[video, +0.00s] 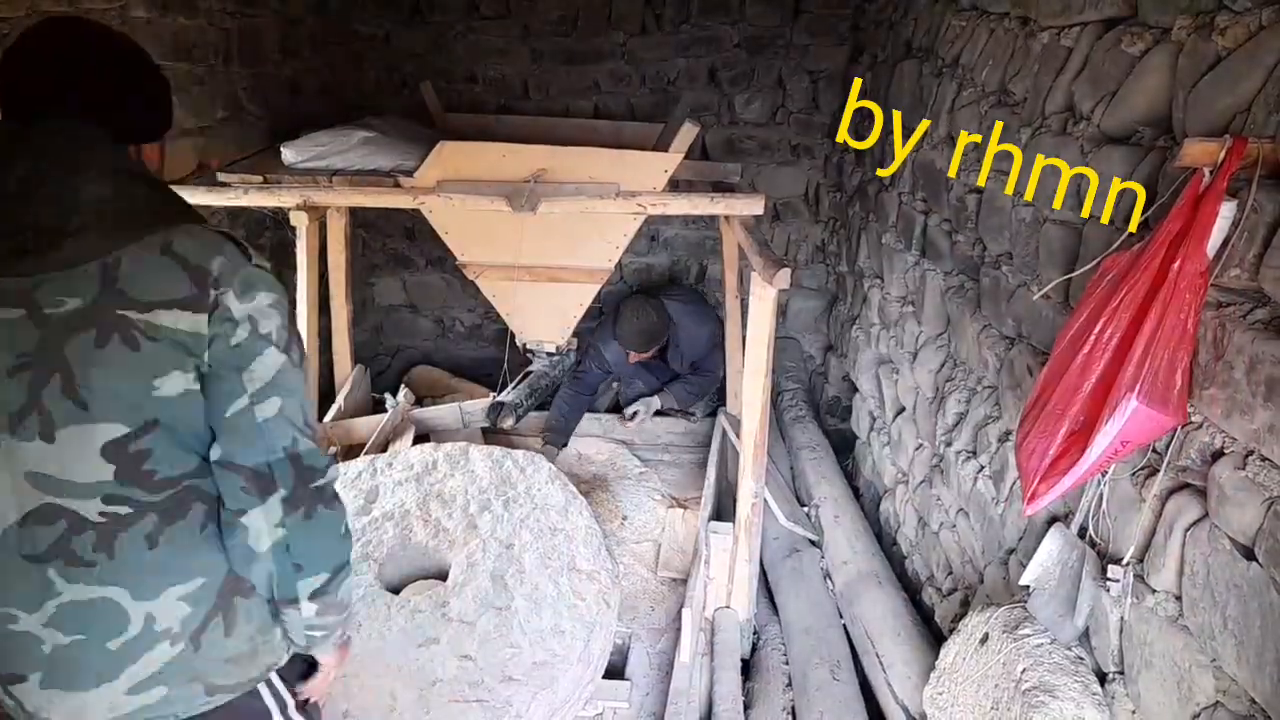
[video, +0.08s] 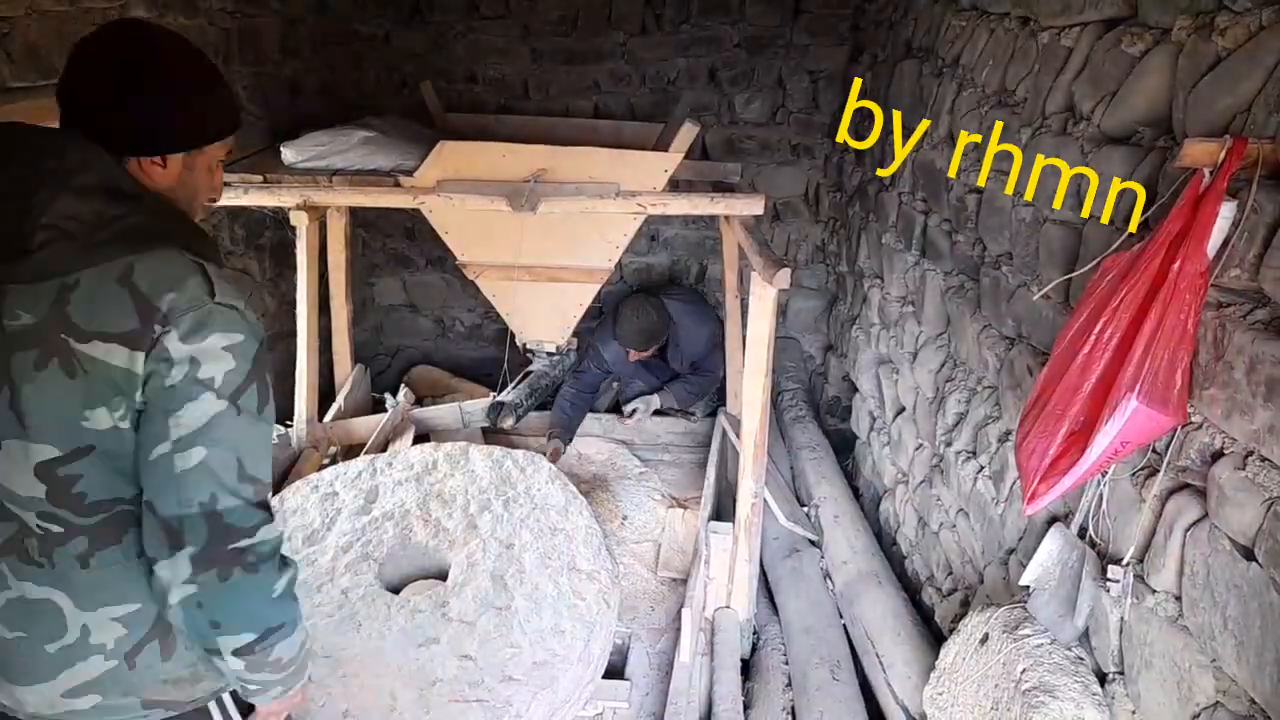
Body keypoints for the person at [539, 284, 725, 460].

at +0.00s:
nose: (631, 359)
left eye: (640, 354)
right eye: (627, 351)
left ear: (659, 344)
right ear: (619, 337)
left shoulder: (701, 336)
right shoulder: (604, 348)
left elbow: (707, 376)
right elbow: (576, 390)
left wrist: (658, 401)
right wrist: (551, 445)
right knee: (635, 395)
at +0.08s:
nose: (631, 357)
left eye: (640, 352)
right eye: (626, 350)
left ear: (658, 343)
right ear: (620, 336)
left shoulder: (701, 337)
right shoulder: (605, 348)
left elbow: (706, 377)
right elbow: (576, 391)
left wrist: (657, 401)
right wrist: (557, 440)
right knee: (633, 398)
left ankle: (700, 404)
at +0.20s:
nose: (637, 355)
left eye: (645, 349)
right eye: (631, 347)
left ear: (665, 340)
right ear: (624, 335)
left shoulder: (704, 336)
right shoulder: (608, 348)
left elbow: (714, 376)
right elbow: (578, 394)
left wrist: (660, 398)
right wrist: (555, 446)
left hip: (690, 369)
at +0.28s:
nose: (632, 360)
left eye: (641, 354)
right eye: (627, 352)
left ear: (660, 345)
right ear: (621, 339)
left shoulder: (701, 339)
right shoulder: (607, 353)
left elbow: (710, 378)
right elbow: (578, 402)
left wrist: (659, 399)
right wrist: (553, 452)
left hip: (690, 368)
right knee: (632, 390)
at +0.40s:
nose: (633, 358)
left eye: (642, 352)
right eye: (628, 350)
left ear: (661, 342)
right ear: (621, 338)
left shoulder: (702, 338)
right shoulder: (606, 352)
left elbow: (710, 379)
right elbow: (577, 399)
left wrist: (659, 399)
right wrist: (550, 453)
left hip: (690, 369)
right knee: (630, 397)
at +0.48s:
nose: (636, 358)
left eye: (645, 352)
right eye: (631, 351)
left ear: (664, 342)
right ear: (623, 339)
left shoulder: (703, 337)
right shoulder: (608, 352)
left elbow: (712, 378)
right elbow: (583, 401)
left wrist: (660, 397)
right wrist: (563, 457)